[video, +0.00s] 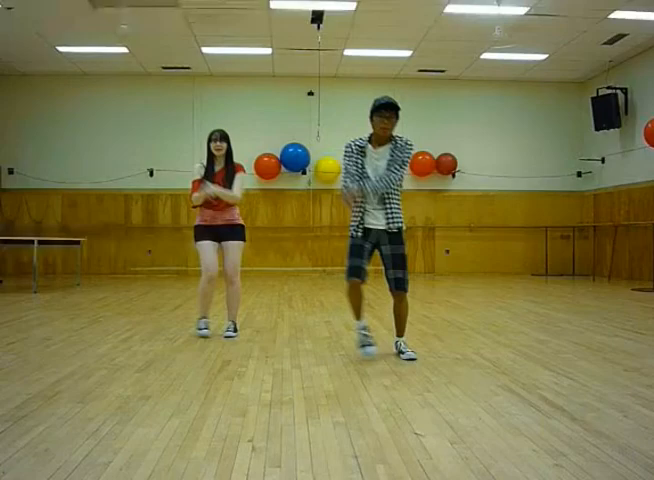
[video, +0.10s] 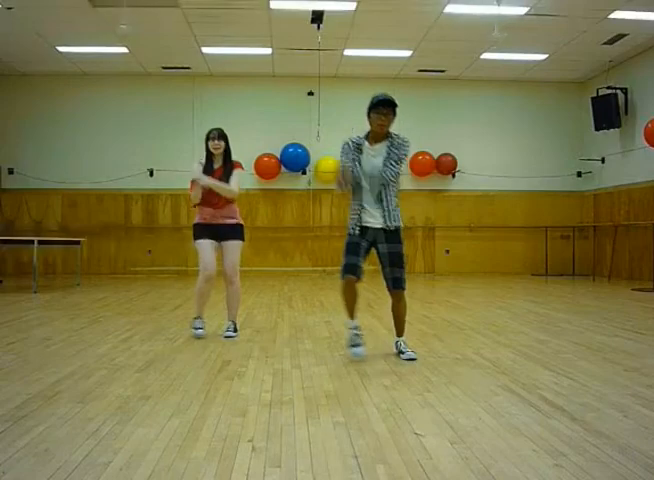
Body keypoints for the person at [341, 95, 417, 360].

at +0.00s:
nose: (386, 123)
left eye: (391, 119)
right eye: (381, 118)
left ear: (396, 122)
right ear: (371, 119)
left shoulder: (402, 146)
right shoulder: (354, 147)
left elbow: (392, 179)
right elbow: (348, 178)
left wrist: (359, 189)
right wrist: (349, 192)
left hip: (390, 225)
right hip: (362, 224)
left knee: (399, 288)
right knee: (354, 279)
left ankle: (400, 341)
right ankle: (360, 327)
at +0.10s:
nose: (383, 120)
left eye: (388, 116)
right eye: (378, 115)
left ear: (393, 120)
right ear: (369, 116)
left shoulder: (399, 144)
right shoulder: (352, 146)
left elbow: (389, 176)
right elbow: (347, 183)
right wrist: (344, 170)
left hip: (388, 225)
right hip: (359, 223)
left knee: (397, 287)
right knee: (349, 277)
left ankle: (400, 341)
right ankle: (353, 327)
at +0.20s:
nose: (371, 105)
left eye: (376, 102)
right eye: (367, 100)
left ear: (382, 108)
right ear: (358, 103)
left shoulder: (387, 134)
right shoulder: (344, 135)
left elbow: (372, 155)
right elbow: (330, 159)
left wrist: (337, 125)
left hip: (379, 218)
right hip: (350, 217)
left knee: (390, 284)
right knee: (335, 277)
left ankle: (402, 337)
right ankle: (327, 331)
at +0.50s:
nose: (332, 120)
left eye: (337, 116)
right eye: (327, 114)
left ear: (345, 120)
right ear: (318, 117)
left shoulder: (348, 146)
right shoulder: (304, 148)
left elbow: (355, 144)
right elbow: (316, 170)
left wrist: (317, 126)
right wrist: (317, 136)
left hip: (340, 229)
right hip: (312, 230)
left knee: (363, 290)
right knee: (320, 295)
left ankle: (393, 337)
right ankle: (310, 345)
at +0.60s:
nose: (325, 125)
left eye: (330, 120)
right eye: (321, 118)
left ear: (333, 121)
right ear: (309, 115)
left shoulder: (332, 146)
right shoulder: (291, 145)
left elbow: (351, 154)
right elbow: (312, 165)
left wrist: (337, 123)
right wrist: (319, 136)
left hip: (331, 225)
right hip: (302, 228)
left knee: (349, 287)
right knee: (315, 292)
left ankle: (358, 331)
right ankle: (310, 345)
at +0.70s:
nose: (311, 112)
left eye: (316, 110)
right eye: (307, 106)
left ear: (321, 114)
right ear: (297, 108)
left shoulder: (319, 141)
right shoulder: (281, 135)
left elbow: (342, 149)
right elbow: (306, 147)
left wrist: (350, 116)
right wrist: (341, 117)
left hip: (321, 220)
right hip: (294, 220)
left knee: (332, 285)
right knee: (310, 288)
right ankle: (309, 342)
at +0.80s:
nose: (304, 106)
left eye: (309, 103)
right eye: (299, 101)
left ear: (315, 108)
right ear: (289, 105)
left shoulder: (312, 135)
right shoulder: (274, 128)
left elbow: (329, 153)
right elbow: (301, 132)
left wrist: (343, 123)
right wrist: (341, 113)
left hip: (310, 214)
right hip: (285, 212)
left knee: (310, 282)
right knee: (299, 281)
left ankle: (272, 320)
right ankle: (305, 342)